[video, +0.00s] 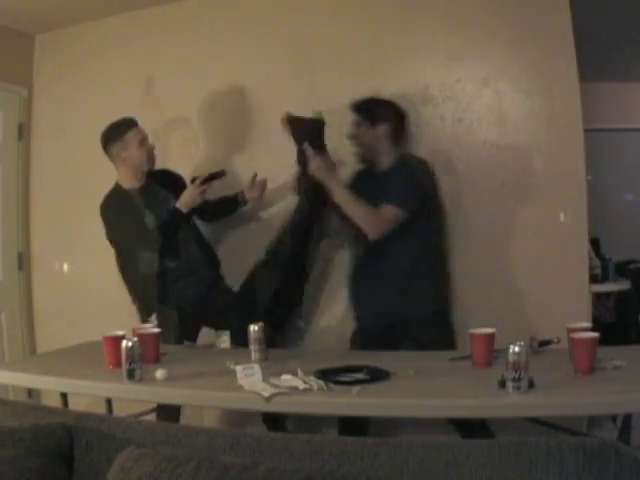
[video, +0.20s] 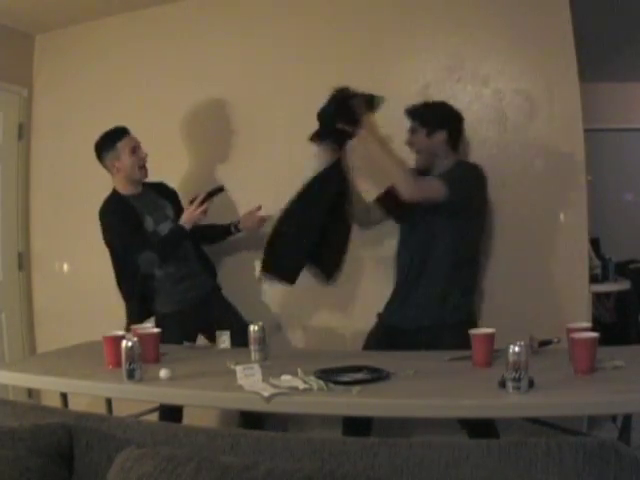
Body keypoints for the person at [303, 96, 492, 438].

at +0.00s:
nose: (352, 134)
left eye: (360, 126)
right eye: (353, 126)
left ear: (384, 130)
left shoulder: (413, 173)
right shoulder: (365, 180)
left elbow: (375, 226)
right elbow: (340, 226)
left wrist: (330, 183)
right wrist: (318, 180)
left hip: (422, 322)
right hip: (376, 320)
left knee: (457, 408)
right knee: (351, 407)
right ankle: (352, 479)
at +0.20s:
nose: (408, 141)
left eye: (417, 133)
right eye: (409, 133)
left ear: (442, 137)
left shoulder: (467, 178)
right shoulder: (417, 184)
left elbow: (410, 191)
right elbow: (364, 216)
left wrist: (368, 132)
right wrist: (338, 165)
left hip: (446, 317)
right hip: (402, 314)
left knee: (470, 406)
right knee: (358, 392)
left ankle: (504, 478)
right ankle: (352, 477)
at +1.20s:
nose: (402, 167)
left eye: (407, 158)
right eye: (399, 159)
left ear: (434, 154)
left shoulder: (459, 198)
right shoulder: (407, 185)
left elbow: (400, 233)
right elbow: (358, 162)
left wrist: (364, 191)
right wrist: (361, 110)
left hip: (429, 329)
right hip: (383, 321)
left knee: (452, 412)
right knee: (329, 387)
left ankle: (498, 467)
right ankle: (328, 473)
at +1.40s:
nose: (421, 183)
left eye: (429, 175)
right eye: (414, 174)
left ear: (445, 168)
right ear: (404, 167)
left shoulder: (461, 200)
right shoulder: (397, 185)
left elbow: (439, 264)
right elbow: (352, 176)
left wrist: (384, 222)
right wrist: (343, 125)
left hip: (431, 329)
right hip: (381, 321)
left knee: (455, 413)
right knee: (327, 389)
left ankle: (499, 469)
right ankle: (328, 472)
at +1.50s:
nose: (420, 180)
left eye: (428, 170)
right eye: (411, 170)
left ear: (440, 163)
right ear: (400, 163)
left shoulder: (460, 200)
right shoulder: (387, 185)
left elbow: (477, 267)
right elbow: (351, 191)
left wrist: (411, 257)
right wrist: (354, 137)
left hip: (433, 326)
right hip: (381, 321)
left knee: (454, 409)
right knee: (330, 385)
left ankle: (499, 467)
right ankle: (327, 469)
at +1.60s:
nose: (424, 179)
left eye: (432, 170)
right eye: (416, 170)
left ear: (441, 163)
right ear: (401, 163)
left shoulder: (461, 201)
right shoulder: (384, 187)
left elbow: (493, 260)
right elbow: (342, 194)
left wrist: (454, 287)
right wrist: (328, 143)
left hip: (437, 325)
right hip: (385, 318)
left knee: (455, 407)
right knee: (333, 388)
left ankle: (499, 469)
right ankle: (327, 474)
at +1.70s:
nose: (429, 181)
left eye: (437, 172)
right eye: (421, 172)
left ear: (446, 165)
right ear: (405, 164)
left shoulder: (464, 201)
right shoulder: (388, 184)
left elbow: (491, 257)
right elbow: (340, 186)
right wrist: (305, 146)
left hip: (437, 326)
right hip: (384, 321)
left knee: (458, 408)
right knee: (334, 385)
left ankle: (498, 468)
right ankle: (330, 469)